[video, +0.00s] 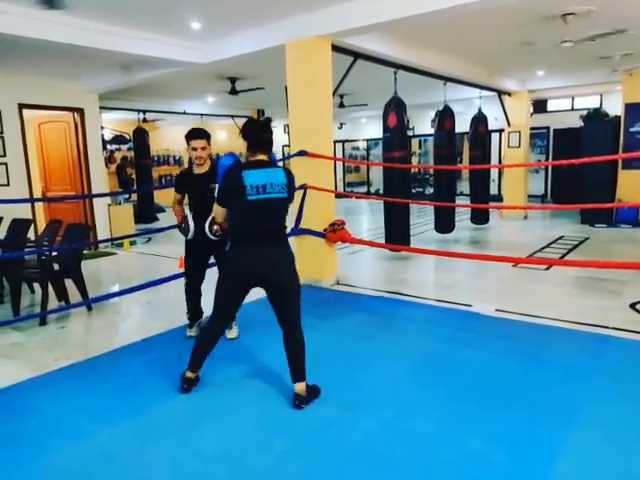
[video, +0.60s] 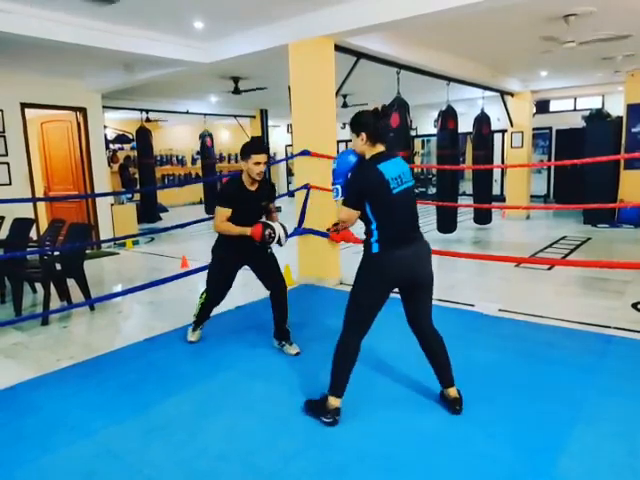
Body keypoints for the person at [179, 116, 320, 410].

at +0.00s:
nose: (243, 147)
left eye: (243, 143)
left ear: (245, 145)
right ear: (271, 144)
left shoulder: (234, 174)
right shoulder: (285, 175)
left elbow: (219, 217)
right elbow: (282, 210)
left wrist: (240, 219)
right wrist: (238, 217)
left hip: (240, 261)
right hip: (277, 259)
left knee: (220, 318)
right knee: (291, 324)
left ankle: (191, 374)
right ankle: (300, 388)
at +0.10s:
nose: (253, 140)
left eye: (254, 136)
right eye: (255, 136)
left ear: (259, 139)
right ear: (284, 138)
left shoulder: (249, 168)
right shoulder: (299, 167)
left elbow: (231, 209)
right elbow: (294, 203)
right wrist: (250, 203)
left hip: (259, 255)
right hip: (295, 254)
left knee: (237, 319)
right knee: (299, 322)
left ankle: (217, 379)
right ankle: (302, 387)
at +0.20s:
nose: (269, 128)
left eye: (270, 123)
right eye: (272, 123)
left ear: (274, 126)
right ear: (300, 125)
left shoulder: (265, 159)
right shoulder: (317, 157)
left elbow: (249, 201)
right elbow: (310, 192)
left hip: (280, 248)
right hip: (316, 245)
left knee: (271, 315)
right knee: (315, 314)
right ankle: (314, 381)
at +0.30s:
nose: (291, 132)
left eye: (292, 128)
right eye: (293, 127)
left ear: (298, 131)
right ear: (323, 130)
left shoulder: (289, 163)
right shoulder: (336, 160)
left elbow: (276, 206)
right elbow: (336, 198)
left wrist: (287, 176)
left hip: (307, 255)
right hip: (342, 249)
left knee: (306, 331)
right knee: (355, 313)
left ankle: (319, 404)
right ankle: (374, 373)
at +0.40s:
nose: (312, 143)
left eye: (312, 138)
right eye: (312, 138)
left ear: (320, 139)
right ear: (342, 138)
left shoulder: (312, 172)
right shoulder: (359, 168)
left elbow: (299, 217)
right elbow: (352, 208)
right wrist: (313, 217)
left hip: (329, 263)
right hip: (364, 257)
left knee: (310, 333)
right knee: (385, 318)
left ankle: (320, 407)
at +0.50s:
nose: (333, 148)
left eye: (335, 143)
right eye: (334, 142)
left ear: (345, 144)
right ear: (364, 142)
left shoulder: (340, 176)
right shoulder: (381, 171)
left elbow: (326, 222)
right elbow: (367, 214)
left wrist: (311, 209)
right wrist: (333, 228)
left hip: (357, 268)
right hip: (392, 263)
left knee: (324, 331)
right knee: (410, 327)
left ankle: (321, 407)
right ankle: (448, 389)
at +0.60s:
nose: (352, 144)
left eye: (354, 139)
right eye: (352, 139)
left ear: (365, 138)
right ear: (380, 138)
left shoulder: (363, 173)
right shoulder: (400, 162)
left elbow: (347, 217)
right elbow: (382, 207)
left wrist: (336, 218)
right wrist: (347, 220)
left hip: (381, 263)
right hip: (418, 256)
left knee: (353, 332)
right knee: (424, 325)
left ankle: (332, 403)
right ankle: (451, 392)